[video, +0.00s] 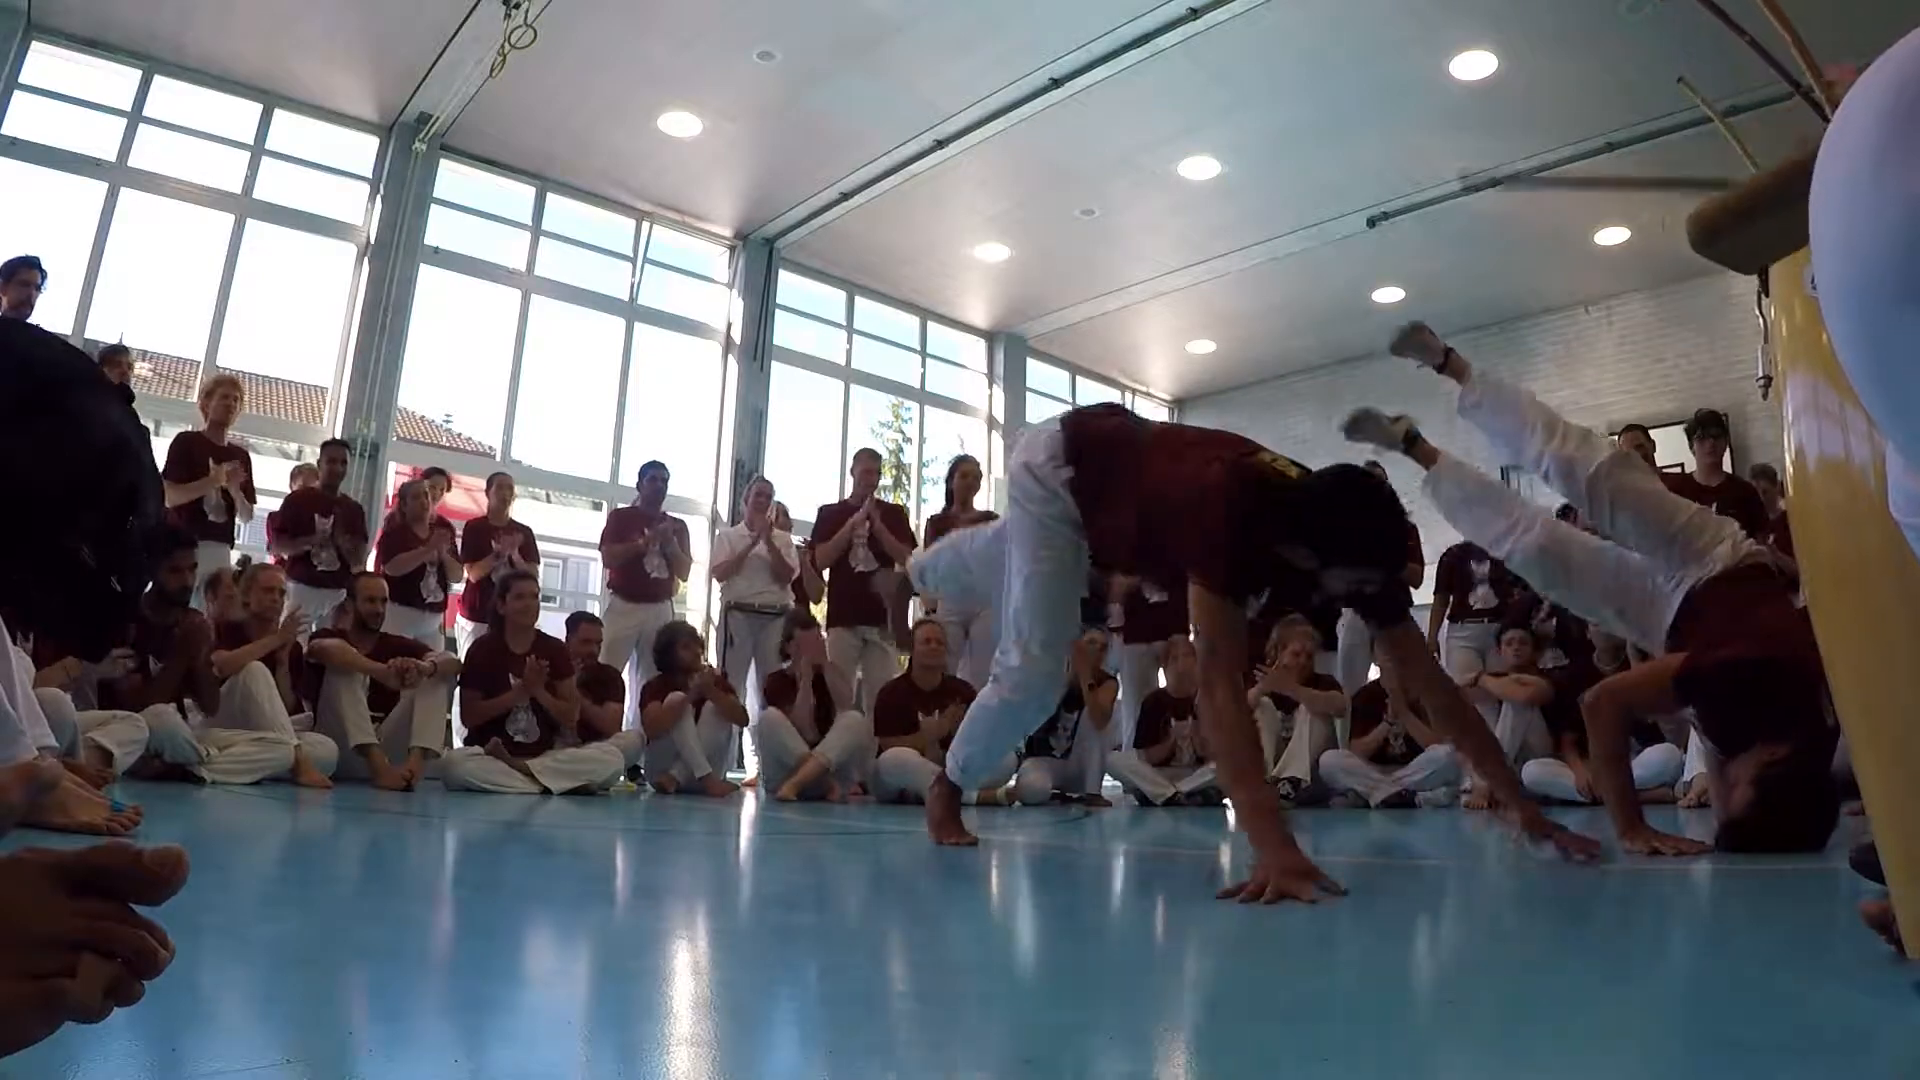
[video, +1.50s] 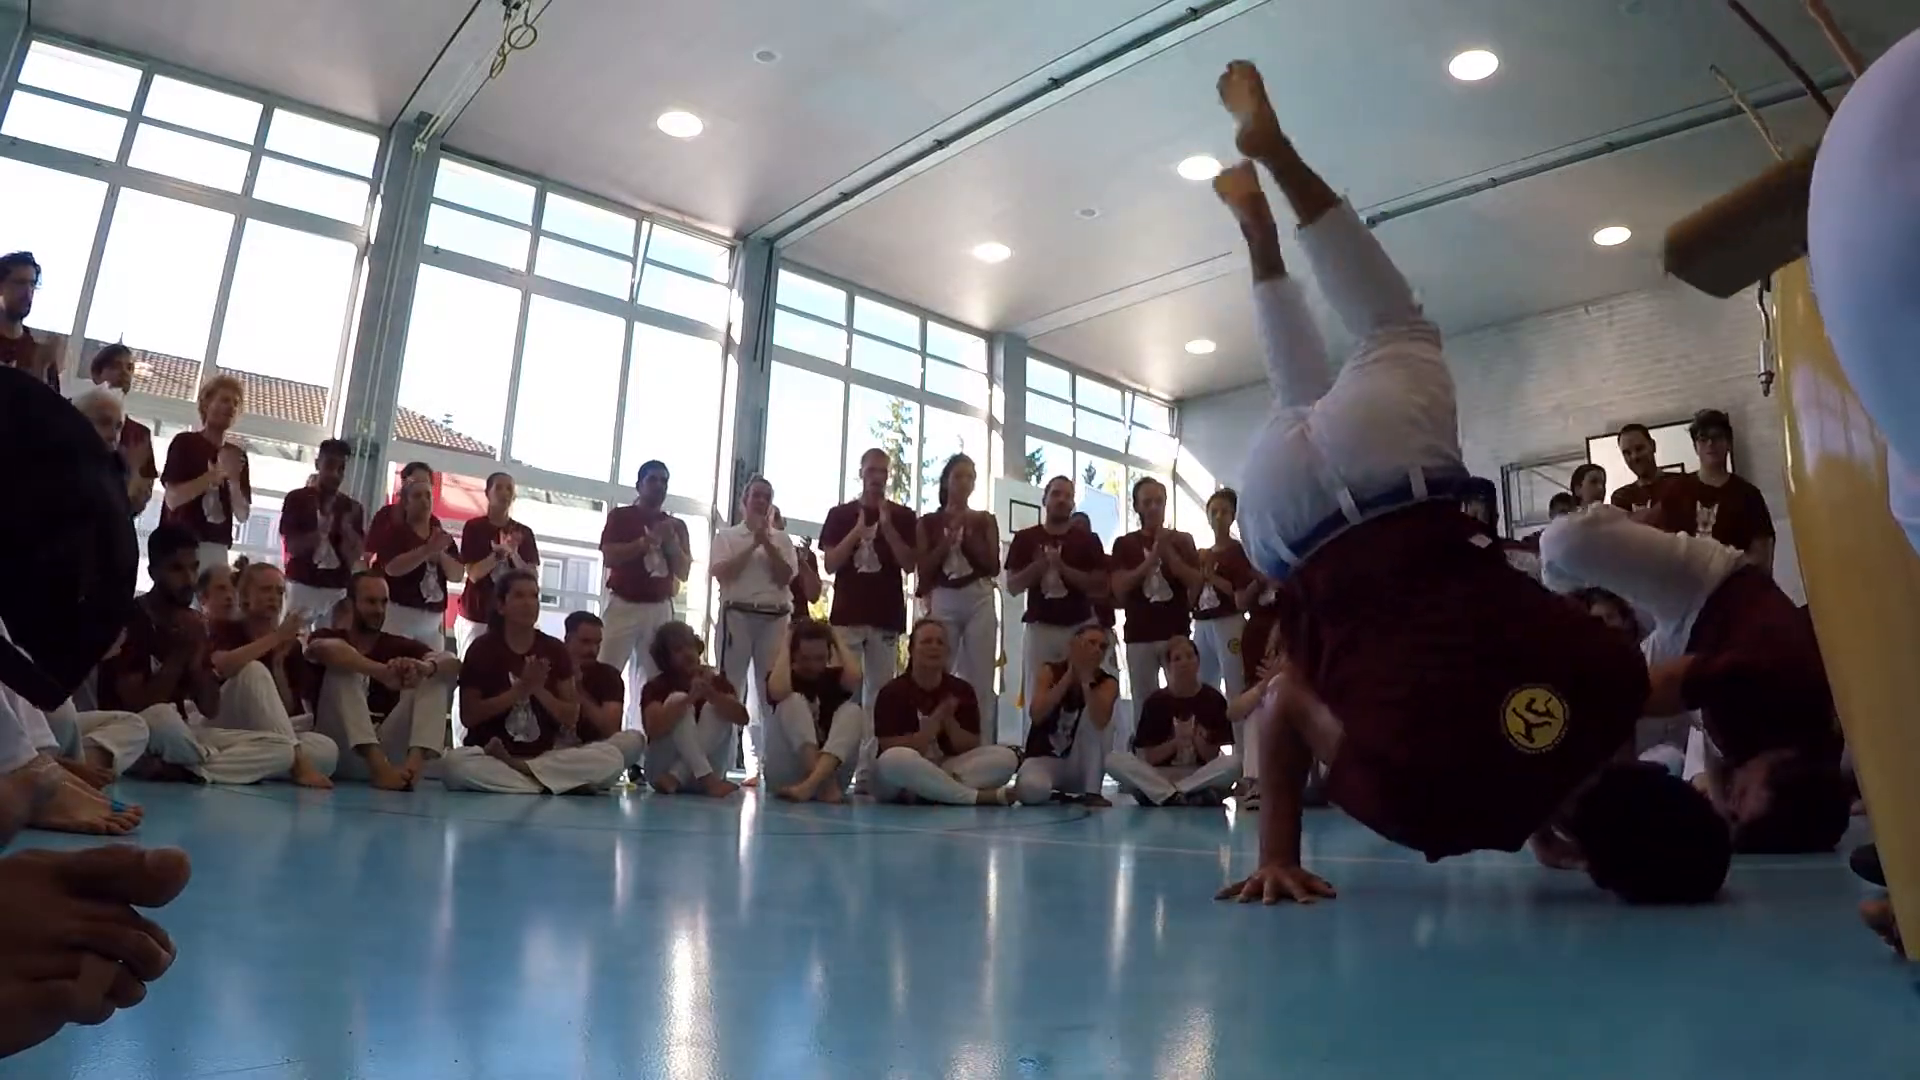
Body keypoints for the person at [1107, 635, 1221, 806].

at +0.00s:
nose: (1181, 665)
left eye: (1187, 656)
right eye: (1174, 658)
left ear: (1197, 661)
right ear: (1164, 664)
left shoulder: (1208, 700)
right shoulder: (1154, 701)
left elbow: (1213, 752)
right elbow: (1145, 757)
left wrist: (1196, 736)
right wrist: (1170, 743)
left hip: (1199, 770)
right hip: (1161, 772)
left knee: (1222, 768)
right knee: (1114, 759)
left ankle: (1162, 796)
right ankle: (1174, 796)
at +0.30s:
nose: (1183, 663)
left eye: (1188, 657)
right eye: (1176, 658)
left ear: (1196, 662)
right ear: (1165, 665)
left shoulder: (1212, 698)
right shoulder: (1153, 701)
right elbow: (1149, 757)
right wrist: (1177, 744)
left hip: (1201, 768)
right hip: (1161, 770)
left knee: (1224, 766)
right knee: (1114, 759)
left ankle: (1164, 795)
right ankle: (1172, 796)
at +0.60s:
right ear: (1170, 679)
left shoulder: (1213, 701)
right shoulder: (1154, 703)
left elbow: (1212, 757)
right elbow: (1145, 756)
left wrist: (1196, 740)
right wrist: (1175, 744)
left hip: (1200, 772)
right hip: (1159, 773)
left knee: (1234, 762)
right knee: (1115, 760)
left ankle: (1165, 795)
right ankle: (1174, 797)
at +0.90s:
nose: (1183, 662)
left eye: (1188, 656)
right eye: (1177, 658)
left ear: (1196, 660)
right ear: (1168, 666)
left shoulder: (1213, 698)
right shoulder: (1154, 701)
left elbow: (1212, 756)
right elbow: (1151, 758)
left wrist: (1196, 739)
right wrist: (1177, 741)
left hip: (1201, 771)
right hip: (1161, 773)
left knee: (1234, 762)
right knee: (1114, 760)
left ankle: (1167, 795)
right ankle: (1174, 796)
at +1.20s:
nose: (1184, 662)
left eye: (1189, 656)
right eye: (1177, 659)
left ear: (1197, 661)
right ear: (1168, 666)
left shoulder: (1213, 698)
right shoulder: (1155, 701)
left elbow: (1212, 756)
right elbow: (1148, 757)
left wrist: (1200, 744)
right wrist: (1175, 742)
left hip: (1200, 771)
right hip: (1161, 773)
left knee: (1233, 764)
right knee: (1114, 760)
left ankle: (1164, 796)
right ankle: (1173, 796)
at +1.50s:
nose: (1184, 662)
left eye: (1189, 656)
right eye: (1177, 659)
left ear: (1198, 661)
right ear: (1168, 666)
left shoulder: (1213, 698)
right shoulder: (1155, 701)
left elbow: (1213, 756)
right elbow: (1148, 757)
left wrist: (1198, 740)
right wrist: (1176, 743)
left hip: (1201, 772)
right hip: (1161, 774)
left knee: (1233, 764)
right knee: (1113, 760)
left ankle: (1169, 795)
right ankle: (1172, 797)